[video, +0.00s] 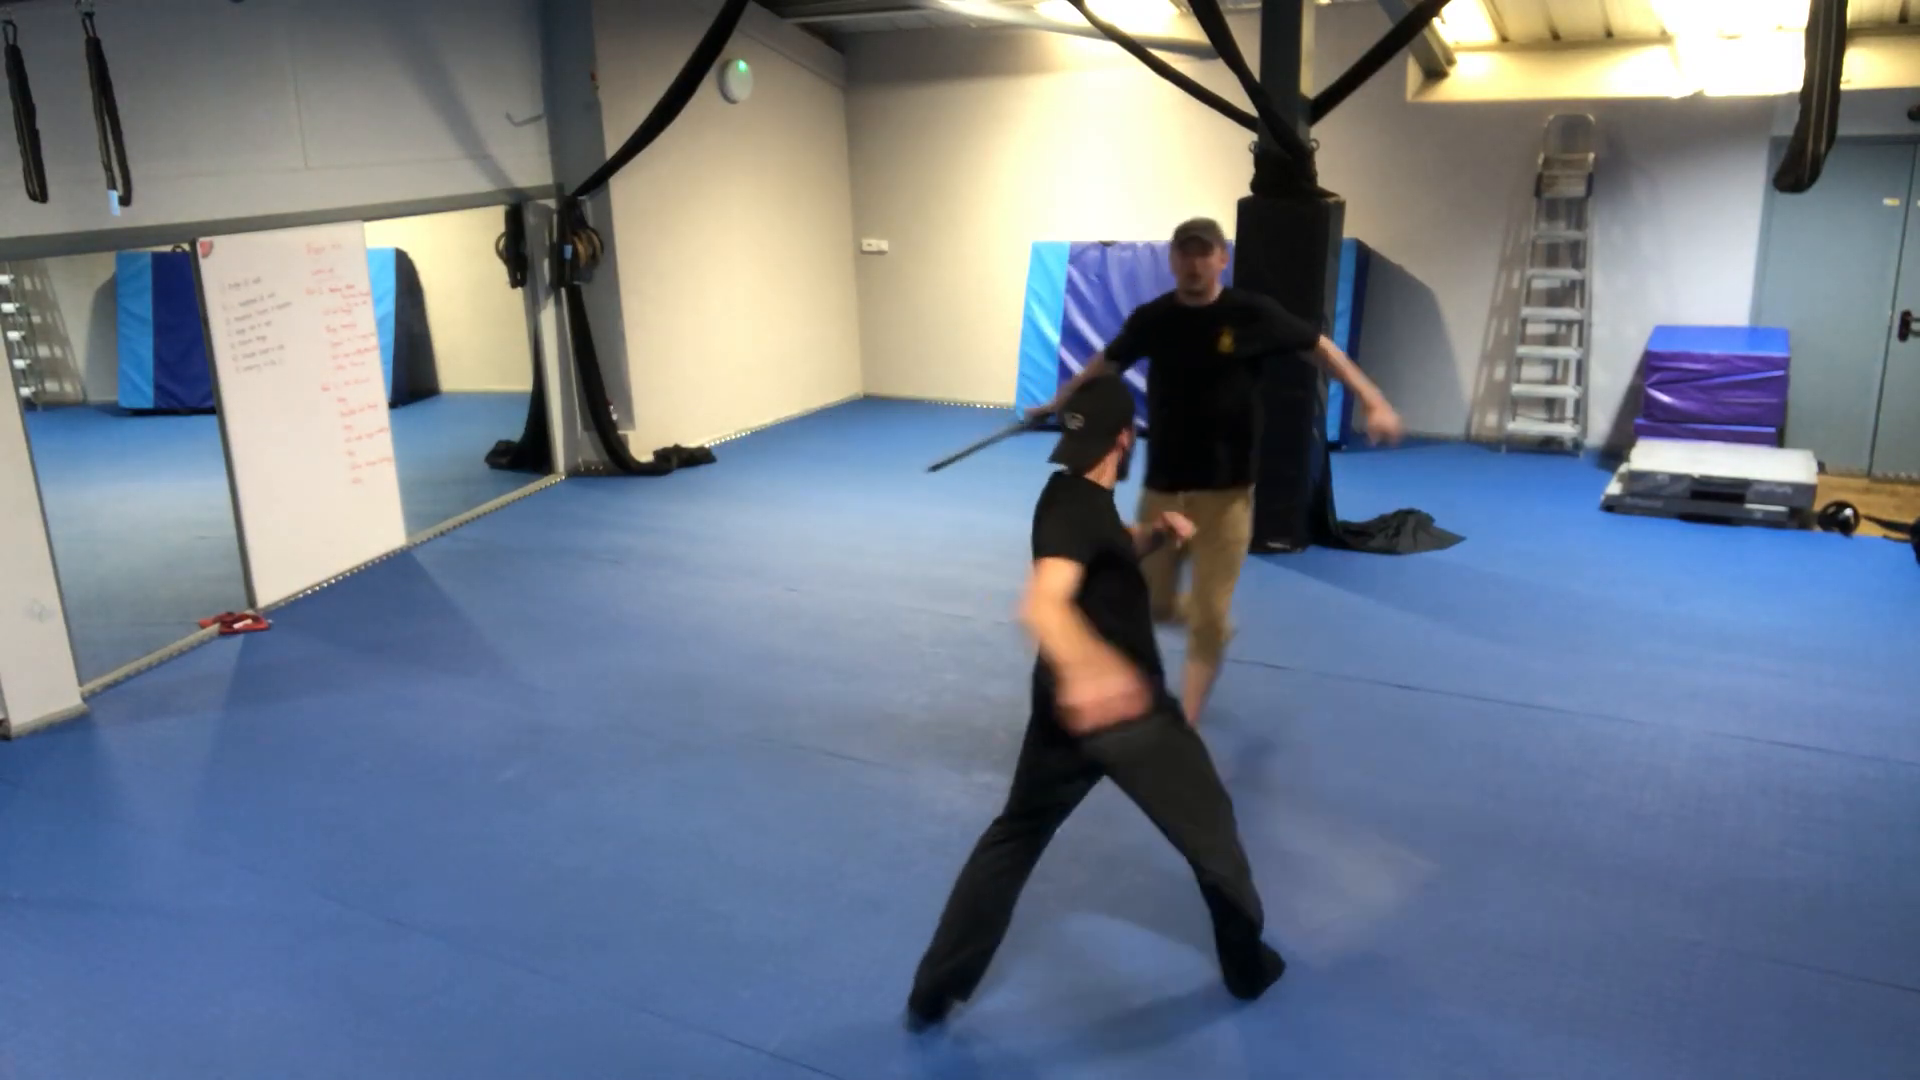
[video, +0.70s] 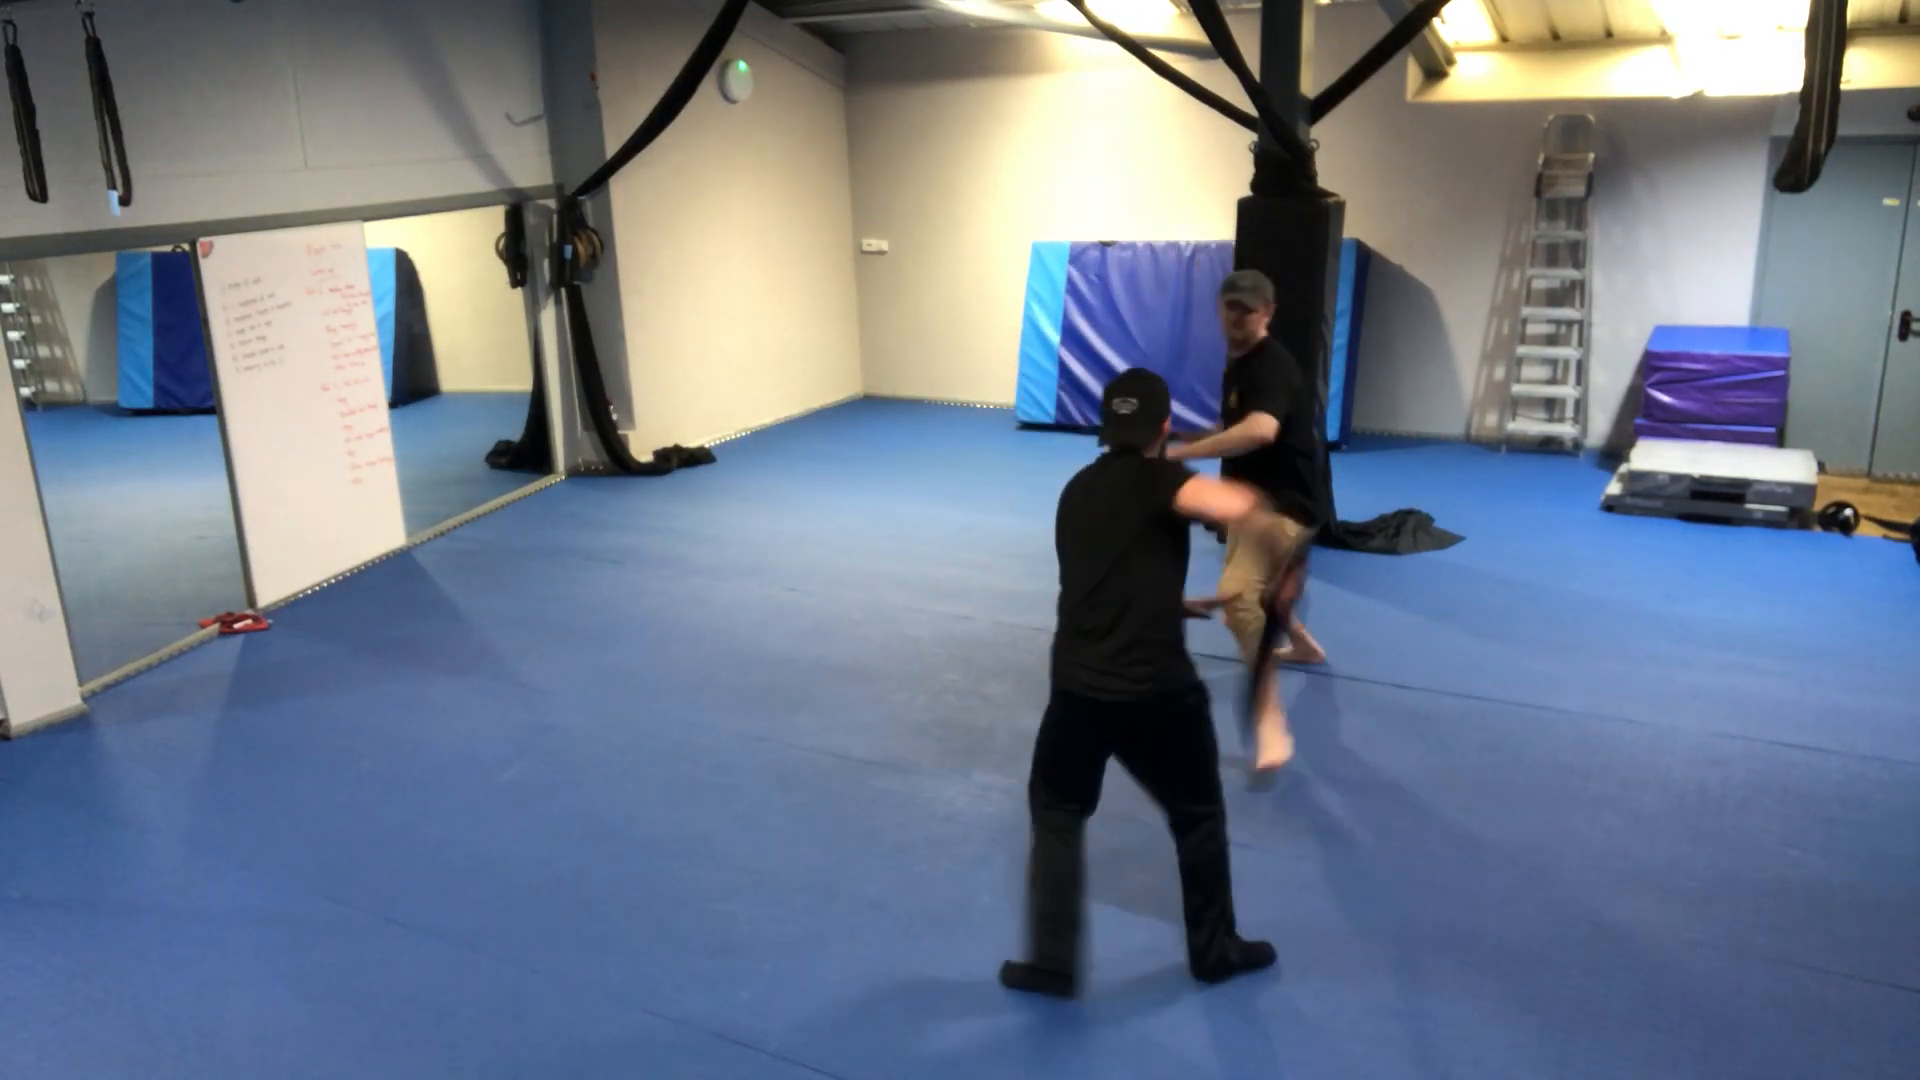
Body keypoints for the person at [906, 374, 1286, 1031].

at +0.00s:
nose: (1131, 441)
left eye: (1127, 430)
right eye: (1129, 432)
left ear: (1070, 434)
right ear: (1119, 442)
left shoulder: (1068, 495)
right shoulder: (1081, 506)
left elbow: (1102, 555)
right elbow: (1042, 604)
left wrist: (1151, 535)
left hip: (1068, 703)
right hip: (1125, 700)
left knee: (1015, 834)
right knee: (1209, 829)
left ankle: (934, 991)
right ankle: (1247, 966)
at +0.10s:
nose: (1150, 466)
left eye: (1150, 455)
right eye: (1149, 455)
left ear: (1093, 449)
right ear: (1133, 460)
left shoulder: (1084, 514)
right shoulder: (1071, 518)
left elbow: (1097, 572)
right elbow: (971, 593)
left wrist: (1156, 585)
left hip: (1049, 719)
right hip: (1103, 721)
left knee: (1005, 851)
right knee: (1197, 820)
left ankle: (927, 1002)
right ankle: (1243, 960)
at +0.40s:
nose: (1165, 478)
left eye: (1164, 468)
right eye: (1165, 468)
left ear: (1109, 462)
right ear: (1151, 475)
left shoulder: (1100, 524)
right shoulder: (1085, 524)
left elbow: (1086, 613)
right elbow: (1005, 613)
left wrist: (1141, 656)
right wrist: (1006, 718)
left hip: (1048, 724)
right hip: (1091, 725)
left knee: (1006, 858)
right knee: (1191, 814)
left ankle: (926, 1002)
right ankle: (1223, 954)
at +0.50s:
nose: (1176, 461)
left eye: (1173, 452)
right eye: (1176, 453)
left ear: (1116, 448)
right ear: (1165, 459)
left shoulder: (1105, 505)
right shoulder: (1112, 512)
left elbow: (1116, 595)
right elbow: (1069, 603)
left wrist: (1167, 637)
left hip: (1055, 704)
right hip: (1109, 704)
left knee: (1018, 840)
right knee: (1195, 812)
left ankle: (935, 992)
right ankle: (1219, 951)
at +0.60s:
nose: (1179, 444)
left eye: (1178, 434)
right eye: (1179, 433)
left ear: (1116, 432)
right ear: (1168, 439)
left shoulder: (1091, 493)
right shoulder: (1137, 495)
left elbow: (1163, 583)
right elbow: (1154, 581)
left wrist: (1209, 650)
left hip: (1070, 696)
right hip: (1133, 701)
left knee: (1036, 821)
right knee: (1192, 818)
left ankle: (973, 966)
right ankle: (1217, 947)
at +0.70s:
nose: (1172, 432)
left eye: (1166, 424)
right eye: (1171, 423)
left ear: (1105, 426)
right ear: (1163, 426)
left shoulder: (1077, 490)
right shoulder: (1161, 478)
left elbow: (1105, 588)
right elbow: (1233, 504)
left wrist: (1190, 606)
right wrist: (1252, 497)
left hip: (1079, 690)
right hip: (1155, 691)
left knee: (1056, 810)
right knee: (1197, 812)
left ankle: (1053, 964)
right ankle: (1213, 947)